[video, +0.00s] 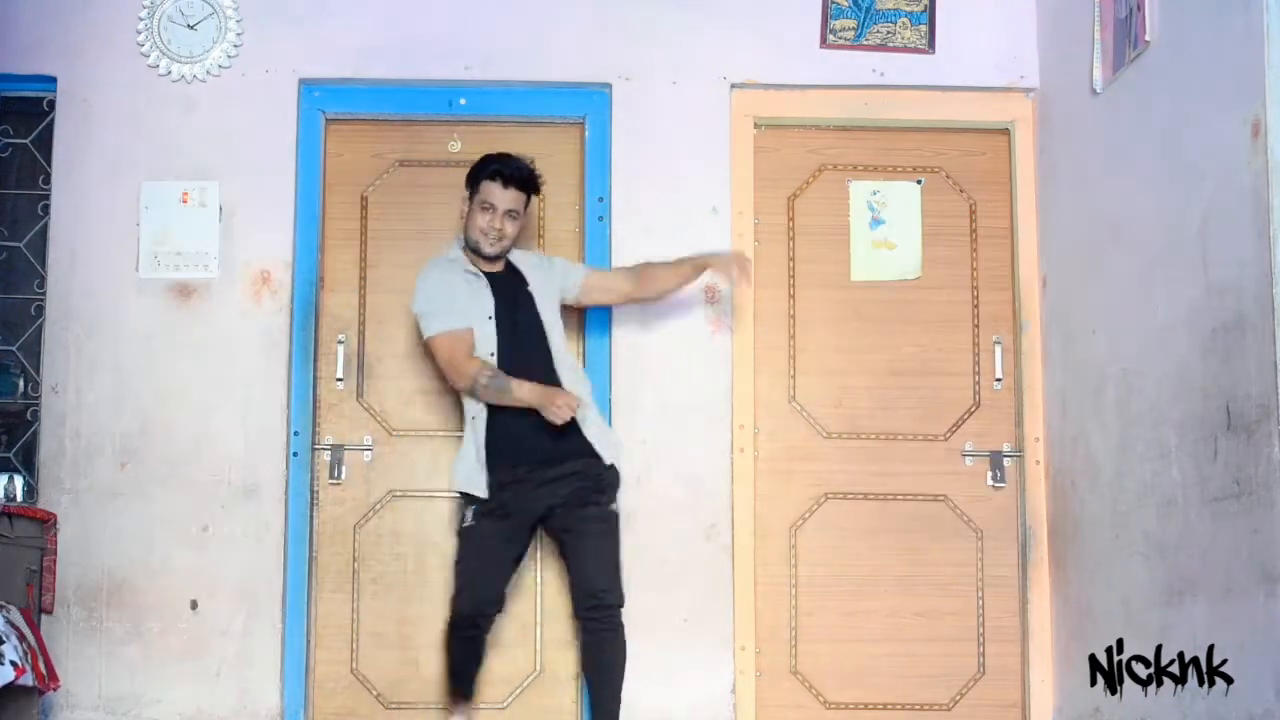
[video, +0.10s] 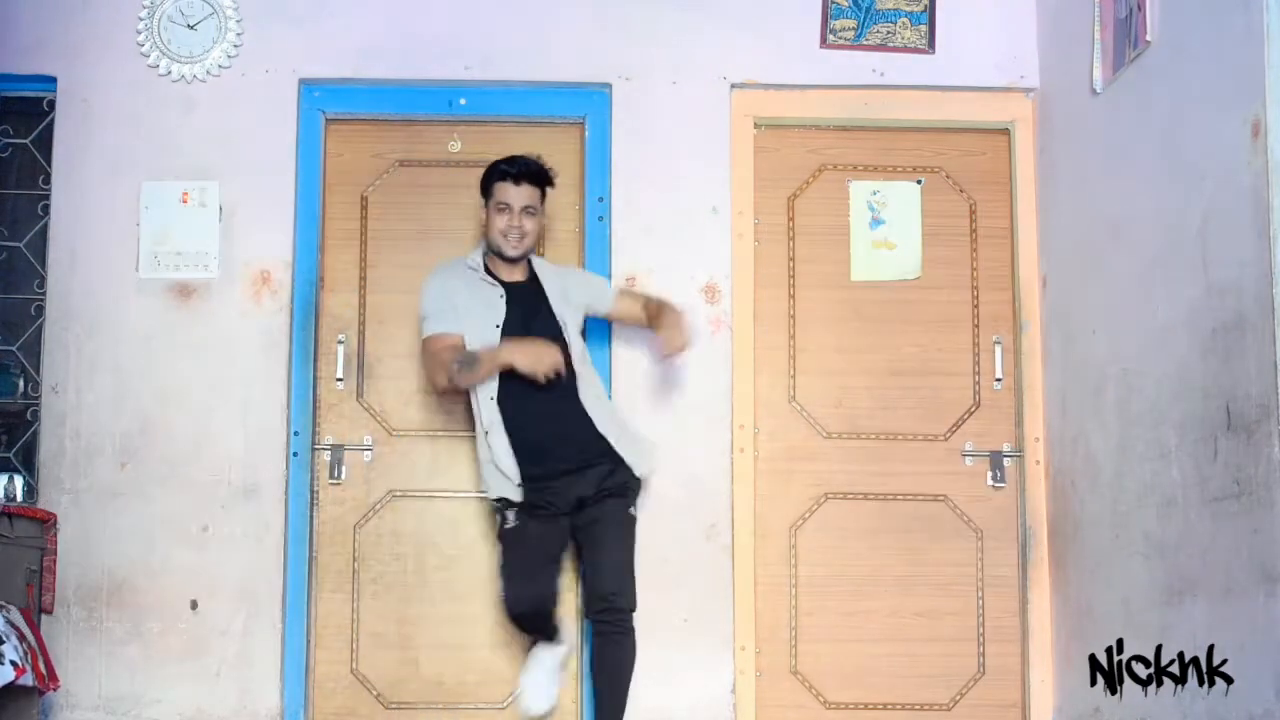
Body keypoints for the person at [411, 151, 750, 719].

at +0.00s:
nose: (497, 225)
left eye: (511, 215)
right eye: (487, 209)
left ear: (525, 219)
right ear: (467, 206)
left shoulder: (542, 269)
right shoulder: (441, 279)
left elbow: (632, 282)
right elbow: (462, 371)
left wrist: (710, 261)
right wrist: (536, 394)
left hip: (579, 469)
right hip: (501, 479)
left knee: (601, 609)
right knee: (473, 611)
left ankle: (606, 717)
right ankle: (460, 707)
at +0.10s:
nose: (515, 223)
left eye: (528, 212)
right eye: (503, 209)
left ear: (543, 220)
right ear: (484, 213)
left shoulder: (568, 282)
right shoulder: (451, 285)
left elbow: (651, 310)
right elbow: (443, 375)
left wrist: (669, 324)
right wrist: (505, 353)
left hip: (603, 473)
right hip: (527, 486)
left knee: (612, 611)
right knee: (526, 602)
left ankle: (608, 717)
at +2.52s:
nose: (541, 237)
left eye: (550, 223)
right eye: (527, 225)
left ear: (560, 218)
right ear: (496, 221)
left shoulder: (567, 290)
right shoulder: (449, 284)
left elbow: (633, 374)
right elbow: (415, 362)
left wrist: (593, 355)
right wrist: (473, 296)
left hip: (596, 485)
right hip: (524, 494)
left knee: (601, 620)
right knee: (554, 619)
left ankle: (591, 717)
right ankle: (575, 651)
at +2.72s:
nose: (542, 234)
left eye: (551, 219)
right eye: (526, 223)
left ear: (562, 211)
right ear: (500, 219)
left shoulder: (579, 287)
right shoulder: (461, 277)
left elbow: (592, 373)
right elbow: (424, 343)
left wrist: (523, 315)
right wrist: (432, 251)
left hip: (575, 490)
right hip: (492, 490)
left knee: (583, 624)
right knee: (455, 606)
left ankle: (583, 718)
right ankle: (466, 709)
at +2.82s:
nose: (532, 222)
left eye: (542, 207)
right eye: (517, 210)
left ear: (554, 203)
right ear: (494, 207)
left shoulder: (575, 276)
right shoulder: (455, 265)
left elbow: (576, 365)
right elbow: (408, 328)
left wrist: (506, 323)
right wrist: (410, 241)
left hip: (547, 486)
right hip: (461, 480)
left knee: (564, 623)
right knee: (413, 609)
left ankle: (577, 719)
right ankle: (400, 714)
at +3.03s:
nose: (507, 214)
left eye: (519, 201)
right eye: (493, 202)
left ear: (532, 203)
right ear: (472, 204)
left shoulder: (551, 270)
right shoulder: (436, 268)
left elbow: (554, 365)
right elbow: (385, 342)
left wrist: (476, 337)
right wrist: (391, 245)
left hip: (493, 487)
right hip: (410, 480)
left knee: (512, 625)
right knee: (384, 616)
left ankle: (530, 717)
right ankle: (383, 717)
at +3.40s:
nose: (480, 213)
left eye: (492, 199)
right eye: (466, 201)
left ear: (507, 198)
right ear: (446, 202)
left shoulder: (527, 259)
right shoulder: (412, 255)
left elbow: (560, 313)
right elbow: (341, 292)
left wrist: (477, 299)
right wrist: (362, 215)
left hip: (502, 484)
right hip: (414, 480)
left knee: (512, 624)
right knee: (370, 595)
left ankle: (517, 718)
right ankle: (374, 710)